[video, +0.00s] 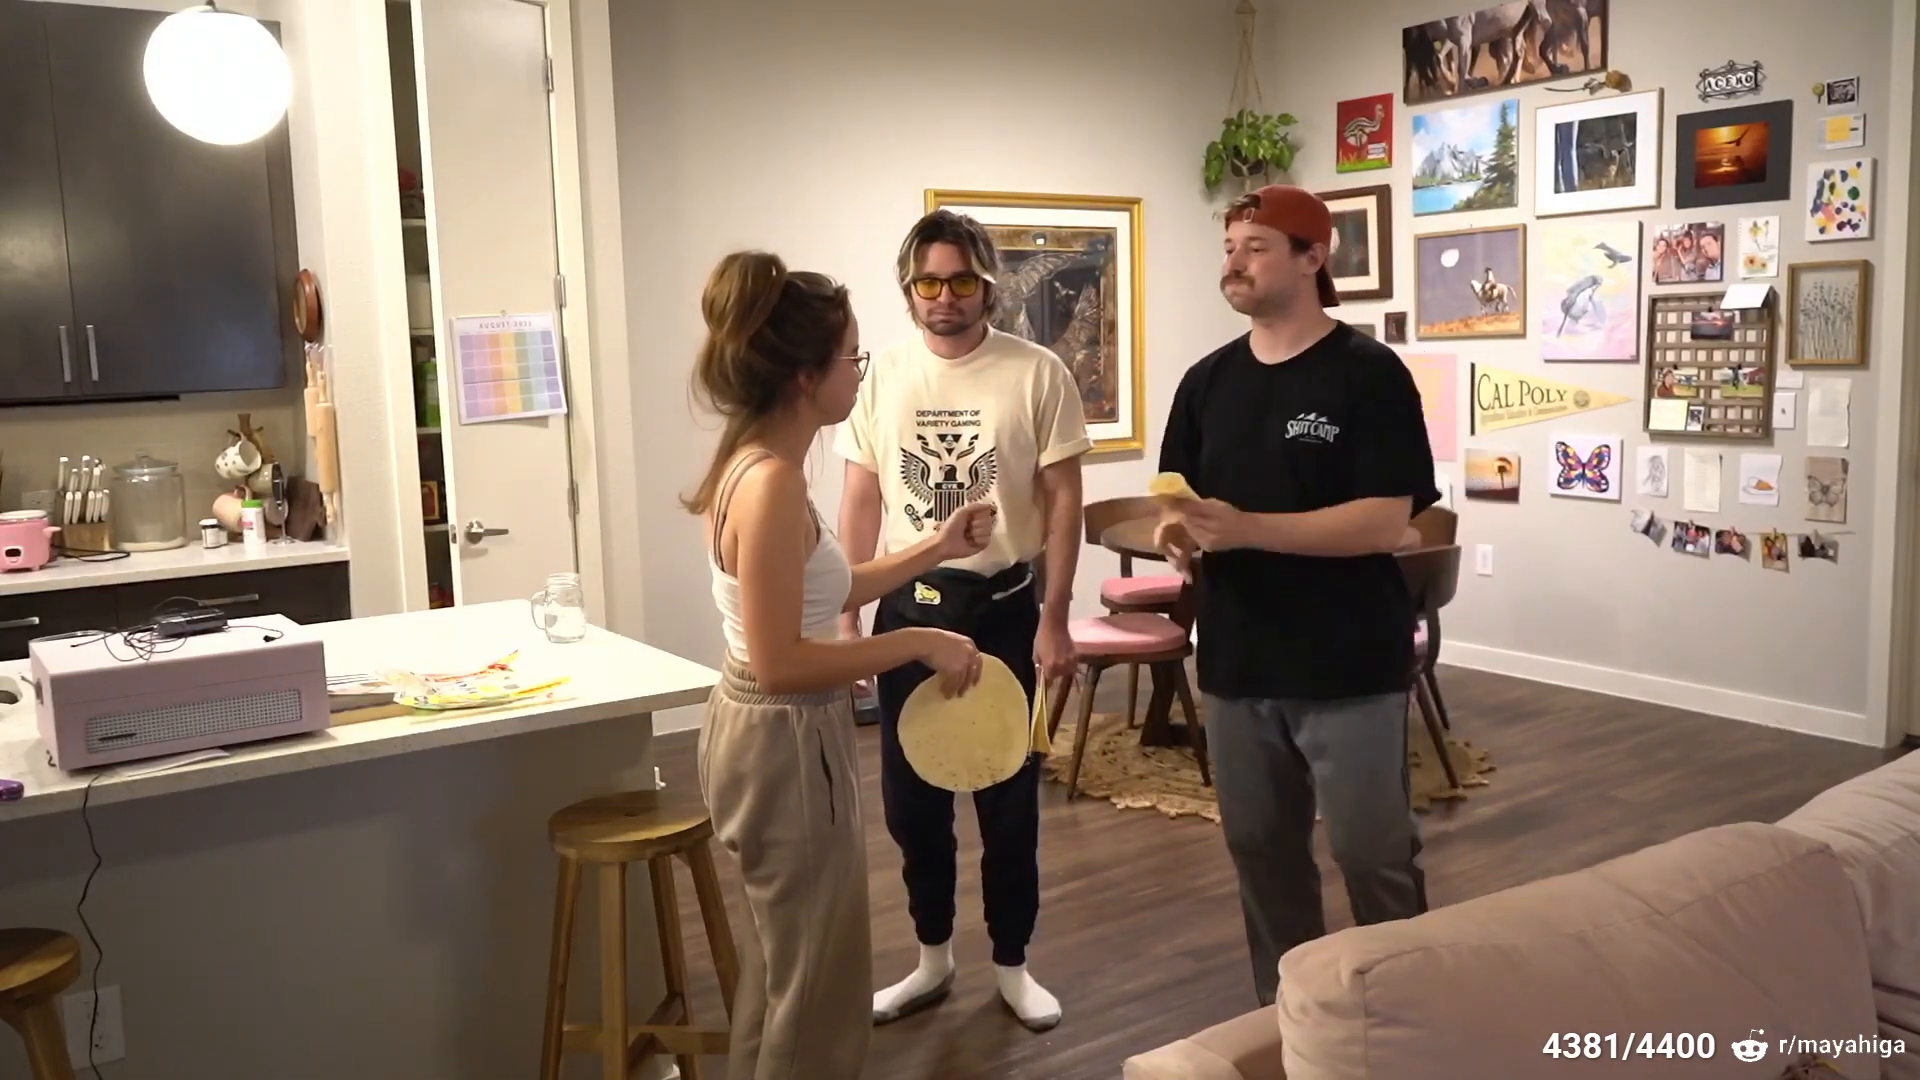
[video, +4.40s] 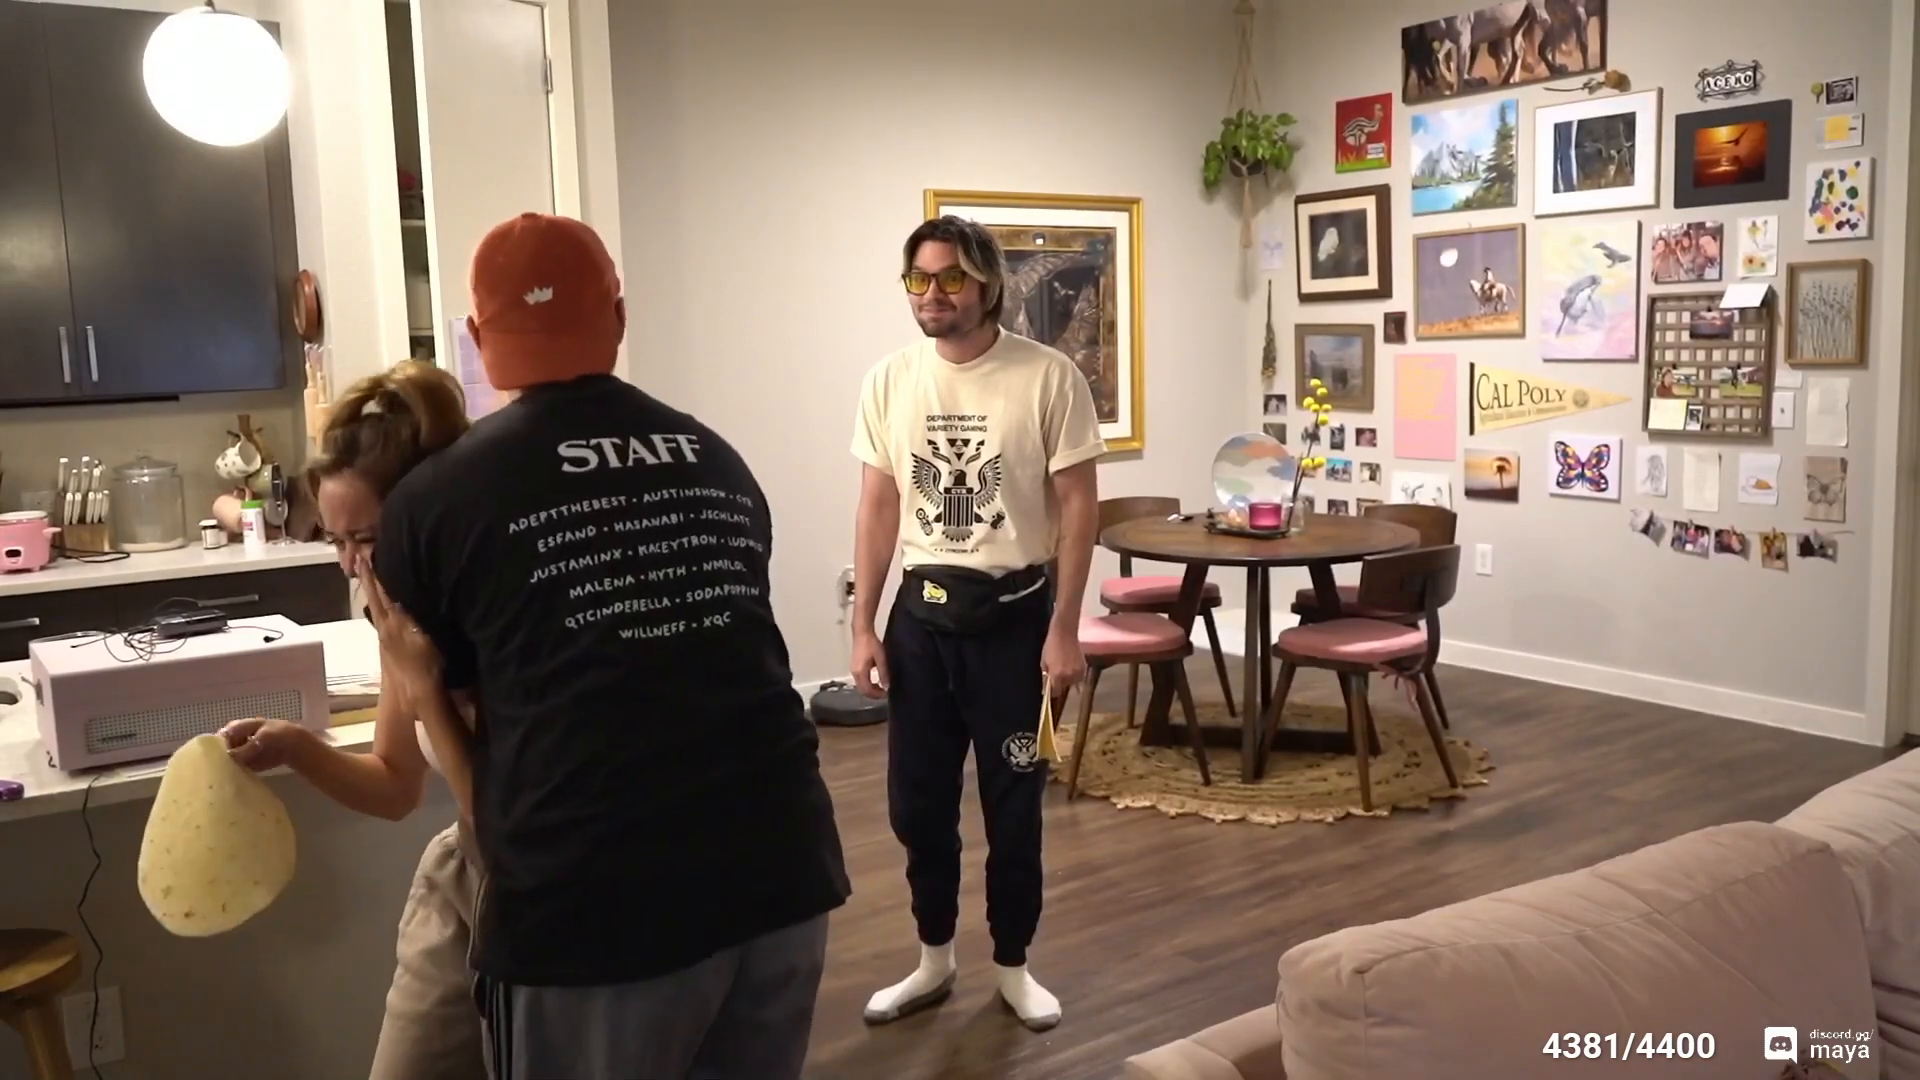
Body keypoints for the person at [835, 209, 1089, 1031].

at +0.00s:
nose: (945, 297)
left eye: (960, 282)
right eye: (929, 283)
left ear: (988, 285)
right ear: (909, 290)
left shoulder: (1036, 371)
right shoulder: (885, 375)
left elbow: (1064, 499)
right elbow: (861, 502)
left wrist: (1054, 616)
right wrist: (855, 617)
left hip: (1006, 606)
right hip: (909, 608)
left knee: (1008, 791)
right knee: (913, 795)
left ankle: (1011, 965)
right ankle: (932, 958)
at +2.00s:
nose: (943, 302)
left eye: (962, 285)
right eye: (932, 285)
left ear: (997, 287)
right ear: (914, 284)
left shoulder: (1048, 374)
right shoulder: (898, 370)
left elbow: (1082, 495)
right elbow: (867, 503)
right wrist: (857, 625)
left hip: (1010, 612)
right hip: (915, 603)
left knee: (1013, 805)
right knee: (920, 805)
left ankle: (1012, 964)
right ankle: (935, 956)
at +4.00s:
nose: (929, 295)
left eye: (946, 281)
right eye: (917, 281)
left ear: (986, 287)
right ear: (904, 290)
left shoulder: (1049, 376)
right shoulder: (889, 380)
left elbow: (1080, 504)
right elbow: (879, 504)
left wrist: (1067, 627)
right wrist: (863, 622)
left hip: (1016, 613)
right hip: (919, 612)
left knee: (1015, 801)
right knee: (919, 802)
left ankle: (1012, 967)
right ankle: (934, 958)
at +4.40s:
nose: (933, 293)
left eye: (951, 279)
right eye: (921, 279)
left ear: (989, 285)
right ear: (906, 289)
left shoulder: (1049, 376)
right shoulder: (890, 380)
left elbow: (1078, 504)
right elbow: (879, 504)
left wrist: (1064, 629)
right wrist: (864, 623)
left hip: (1015, 613)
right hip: (919, 613)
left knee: (1014, 803)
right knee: (919, 804)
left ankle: (1012, 967)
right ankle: (935, 959)